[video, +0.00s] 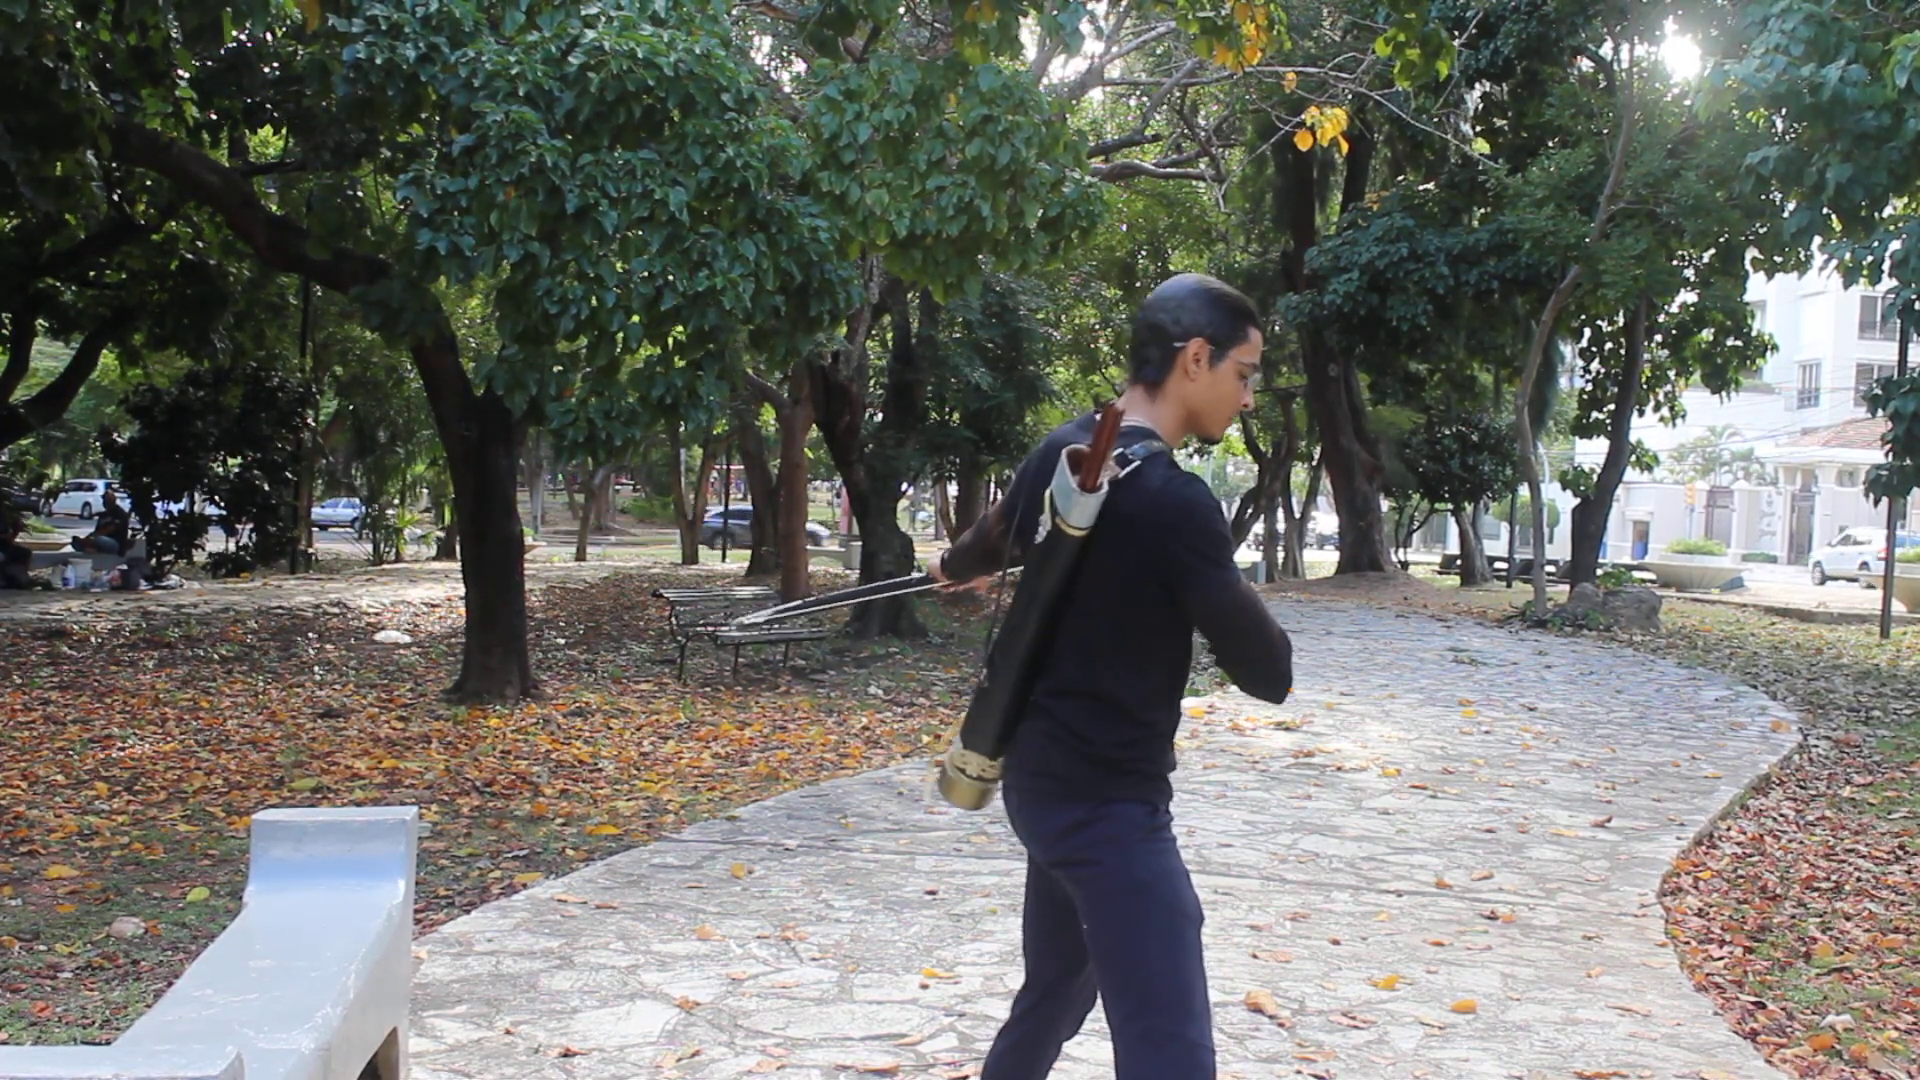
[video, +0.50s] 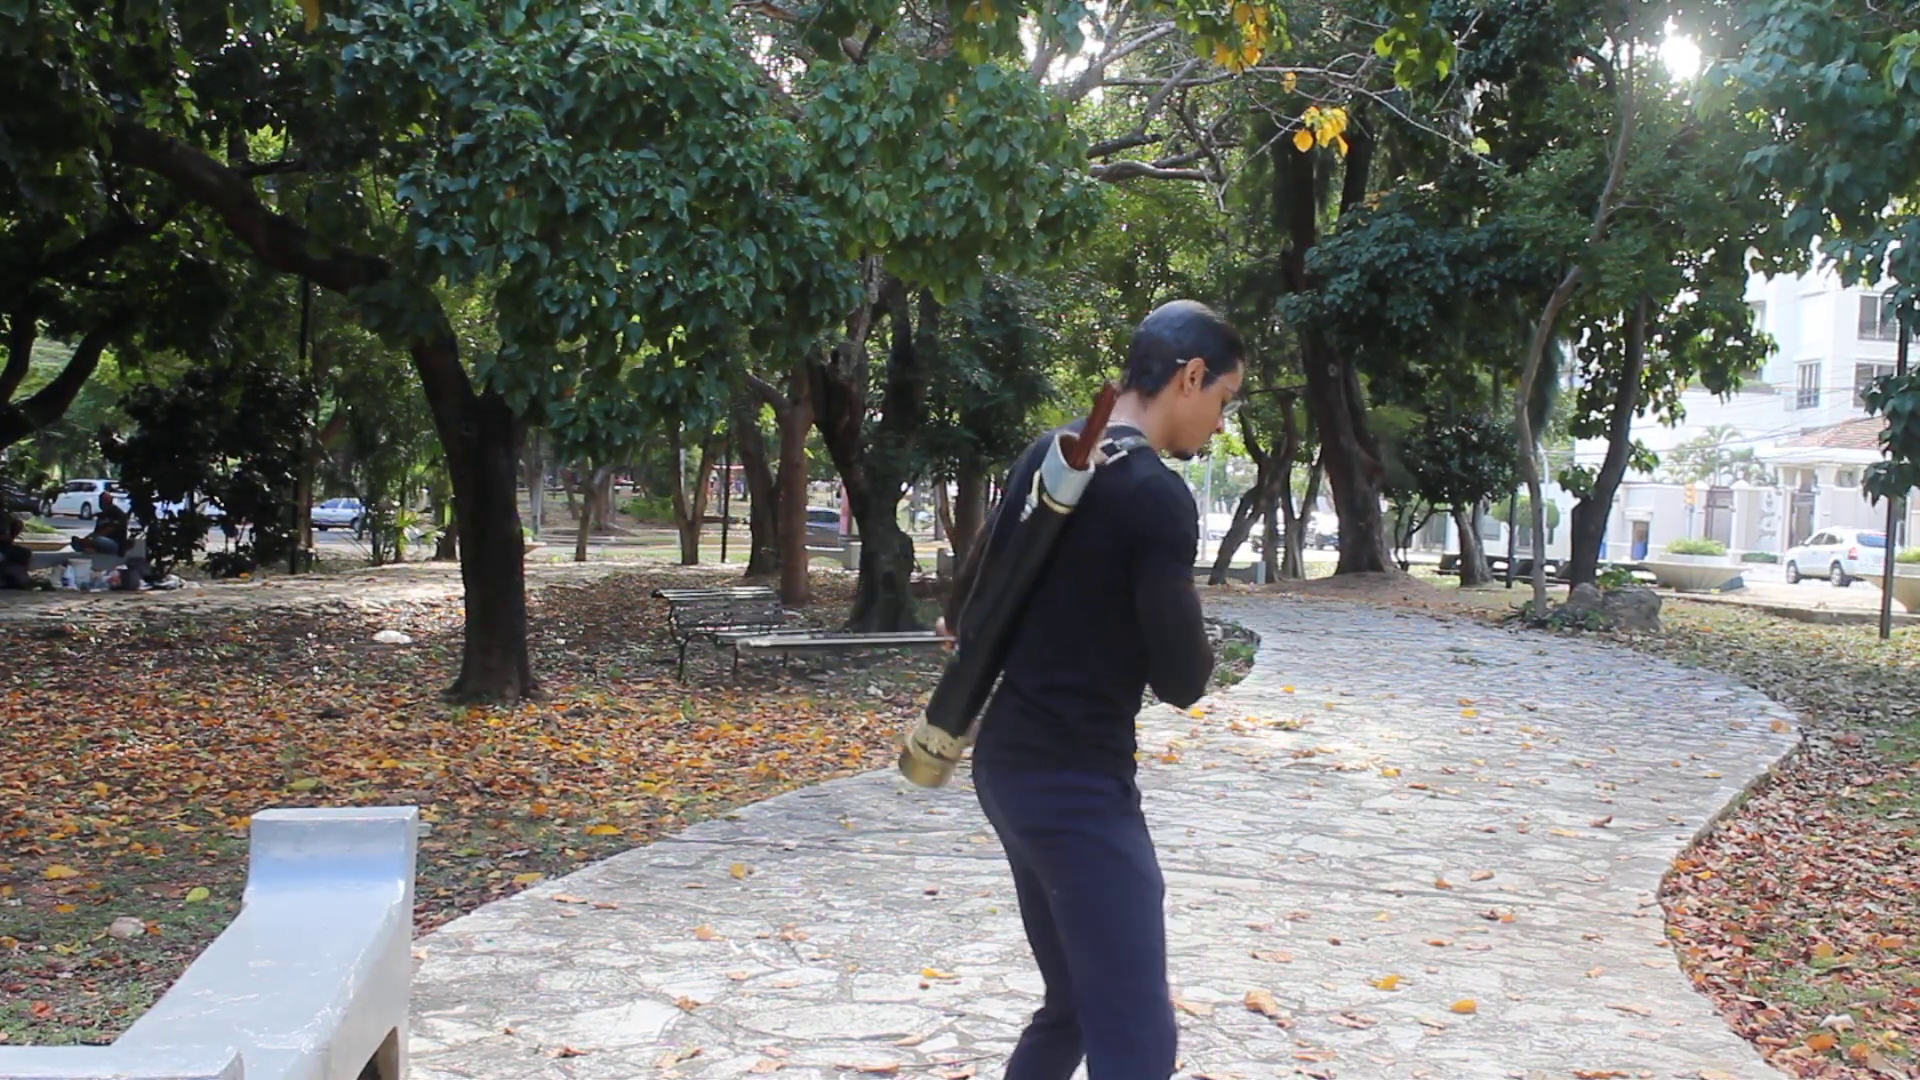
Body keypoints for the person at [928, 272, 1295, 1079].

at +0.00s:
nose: (1250, 397)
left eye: (1253, 378)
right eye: (1245, 374)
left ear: (1173, 359)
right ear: (1192, 359)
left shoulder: (1066, 445)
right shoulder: (1174, 496)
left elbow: (985, 543)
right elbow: (1270, 674)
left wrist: (955, 567)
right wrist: (1221, 583)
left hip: (1046, 781)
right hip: (1107, 801)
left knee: (1053, 1000)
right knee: (1171, 1052)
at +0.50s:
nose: (1221, 423)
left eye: (1229, 405)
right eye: (1225, 399)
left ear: (1138, 373)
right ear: (1188, 376)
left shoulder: (1044, 456)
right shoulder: (1156, 491)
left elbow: (980, 609)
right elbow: (1182, 679)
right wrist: (1193, 631)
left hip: (1013, 763)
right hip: (1078, 779)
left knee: (1070, 1012)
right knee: (1137, 1041)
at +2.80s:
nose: (1189, 393)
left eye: (1190, 375)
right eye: (1176, 373)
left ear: (1112, 377)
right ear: (1115, 372)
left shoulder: (1027, 458)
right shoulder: (1143, 497)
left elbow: (953, 553)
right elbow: (1227, 628)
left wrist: (889, 605)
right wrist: (1144, 575)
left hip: (1019, 746)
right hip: (1068, 762)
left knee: (1015, 965)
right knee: (1103, 998)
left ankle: (973, 1074)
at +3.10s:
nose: (1200, 407)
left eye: (1204, 388)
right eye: (1186, 387)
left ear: (1133, 389)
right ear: (1127, 384)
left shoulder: (1043, 462)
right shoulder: (1142, 505)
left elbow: (960, 560)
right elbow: (1227, 649)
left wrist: (894, 611)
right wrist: (1158, 582)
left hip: (1031, 754)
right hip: (1065, 771)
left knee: (1029, 969)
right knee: (1124, 1002)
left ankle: (977, 1074)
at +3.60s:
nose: (1192, 404)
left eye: (1207, 380)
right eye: (1168, 381)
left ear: (1224, 381)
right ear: (1124, 383)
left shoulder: (1183, 495)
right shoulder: (1077, 507)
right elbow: (1109, 684)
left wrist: (1239, 642)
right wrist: (1247, 660)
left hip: (1185, 798)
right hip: (1085, 805)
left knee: (1235, 1026)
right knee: (1146, 1056)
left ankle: (1155, 1067)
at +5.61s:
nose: (1263, 379)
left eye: (1289, 357)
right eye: (1262, 358)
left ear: (1368, 364)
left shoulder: (1316, 492)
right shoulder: (1434, 494)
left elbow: (1134, 570)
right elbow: (1388, 683)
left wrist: (1246, 560)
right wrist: (1263, 681)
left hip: (1316, 884)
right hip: (1374, 870)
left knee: (1264, 1066)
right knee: (1266, 1058)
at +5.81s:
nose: (1259, 377)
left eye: (1285, 354)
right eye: (1256, 355)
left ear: (1364, 362)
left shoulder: (1315, 489)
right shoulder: (1428, 492)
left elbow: (1130, 569)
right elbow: (1384, 686)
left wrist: (1241, 556)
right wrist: (1257, 680)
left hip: (1312, 880)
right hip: (1369, 867)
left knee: (1261, 1065)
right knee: (1263, 1058)